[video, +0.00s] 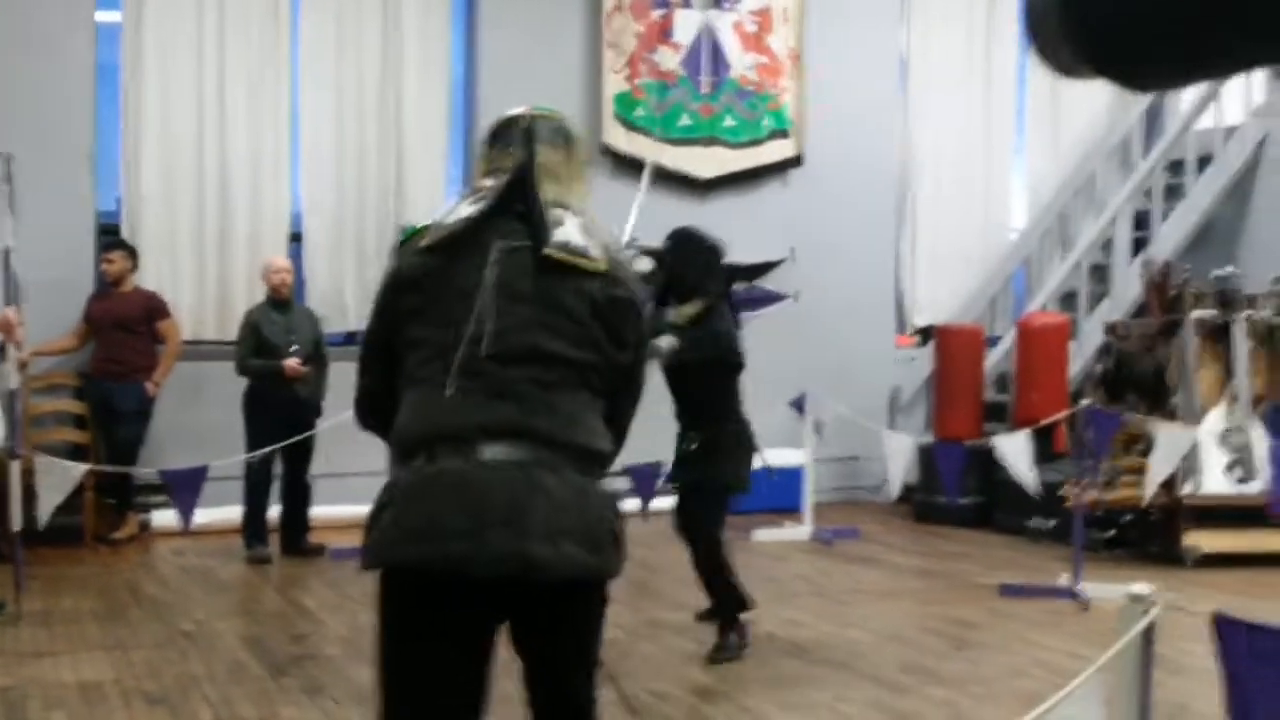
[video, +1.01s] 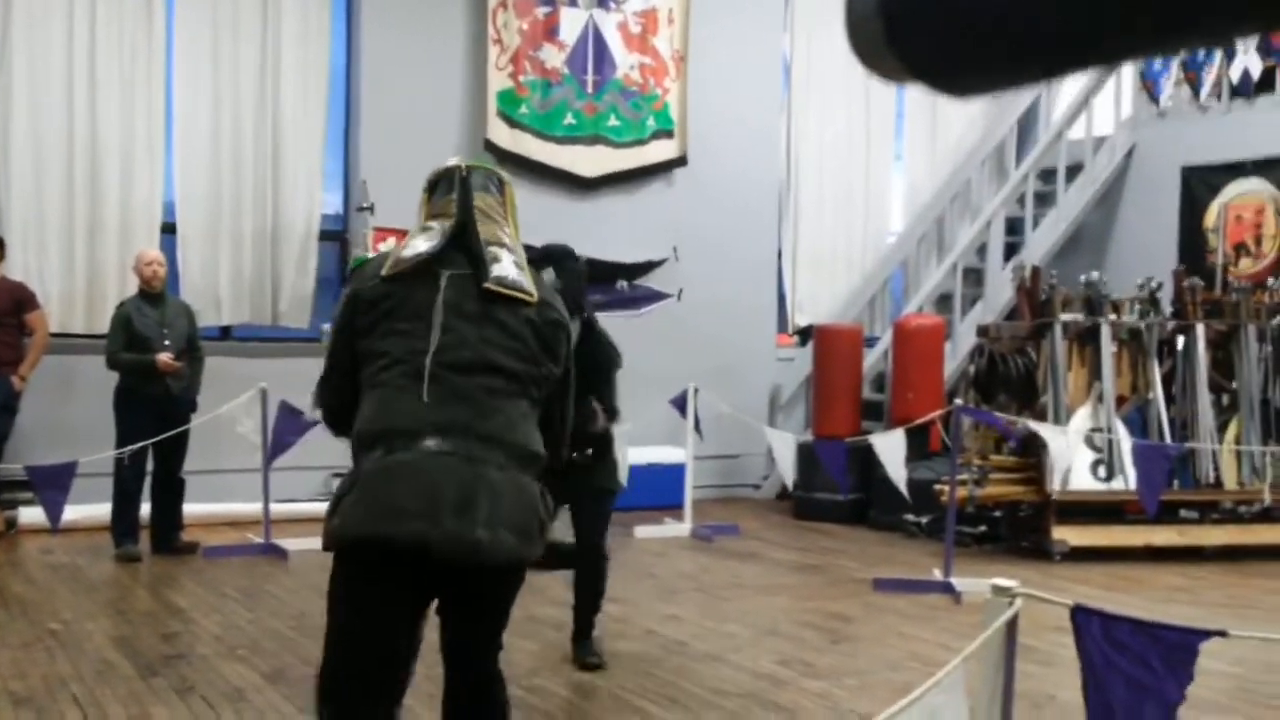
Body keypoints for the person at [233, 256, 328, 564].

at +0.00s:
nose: (282, 278)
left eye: (287, 272)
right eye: (276, 272)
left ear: (294, 277)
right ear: (265, 278)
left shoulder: (307, 317)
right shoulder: (255, 317)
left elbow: (320, 360)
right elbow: (243, 363)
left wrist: (315, 397)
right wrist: (279, 366)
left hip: (301, 404)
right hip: (264, 404)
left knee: (297, 475)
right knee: (259, 473)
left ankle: (295, 538)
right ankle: (256, 541)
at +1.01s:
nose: (156, 269)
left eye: (160, 264)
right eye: (149, 264)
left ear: (167, 270)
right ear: (137, 271)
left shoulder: (181, 310)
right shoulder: (127, 311)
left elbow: (195, 355)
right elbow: (113, 358)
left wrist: (189, 393)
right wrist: (152, 360)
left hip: (174, 401)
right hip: (135, 401)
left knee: (169, 473)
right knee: (130, 472)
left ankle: (167, 537)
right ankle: (126, 541)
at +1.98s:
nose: (130, 286)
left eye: (135, 280)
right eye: (123, 281)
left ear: (143, 286)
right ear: (113, 289)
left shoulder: (157, 326)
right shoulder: (104, 327)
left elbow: (172, 366)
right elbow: (90, 375)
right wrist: (127, 379)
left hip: (151, 417)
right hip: (111, 417)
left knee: (145, 491)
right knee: (106, 488)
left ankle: (143, 555)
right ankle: (102, 558)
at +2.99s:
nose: (104, 268)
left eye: (109, 262)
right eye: (98, 262)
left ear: (116, 268)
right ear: (86, 268)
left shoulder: (131, 310)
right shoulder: (74, 309)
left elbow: (143, 354)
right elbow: (60, 358)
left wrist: (128, 370)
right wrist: (99, 361)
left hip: (121, 400)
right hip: (82, 400)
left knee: (117, 473)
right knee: (76, 472)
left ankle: (113, 541)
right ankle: (71, 544)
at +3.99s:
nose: (31, 262)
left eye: (36, 257)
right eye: (24, 257)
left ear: (43, 263)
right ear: (11, 264)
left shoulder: (58, 306)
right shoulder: (4, 305)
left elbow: (72, 352)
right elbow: (1, 352)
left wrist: (66, 390)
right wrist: (24, 357)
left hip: (49, 403)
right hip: (9, 404)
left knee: (45, 477)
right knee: (6, 477)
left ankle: (42, 542)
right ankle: (4, 544)